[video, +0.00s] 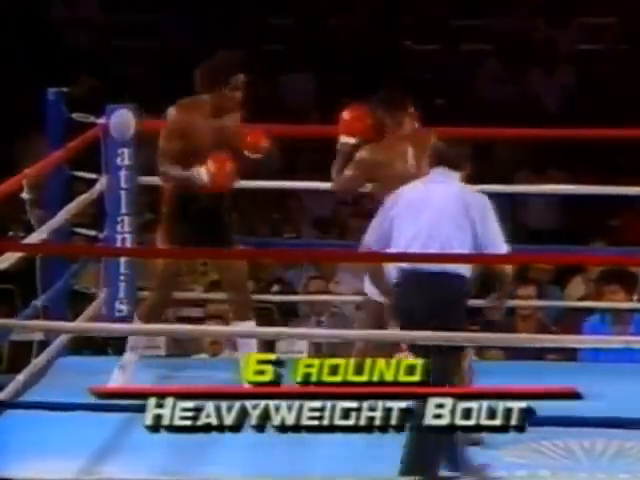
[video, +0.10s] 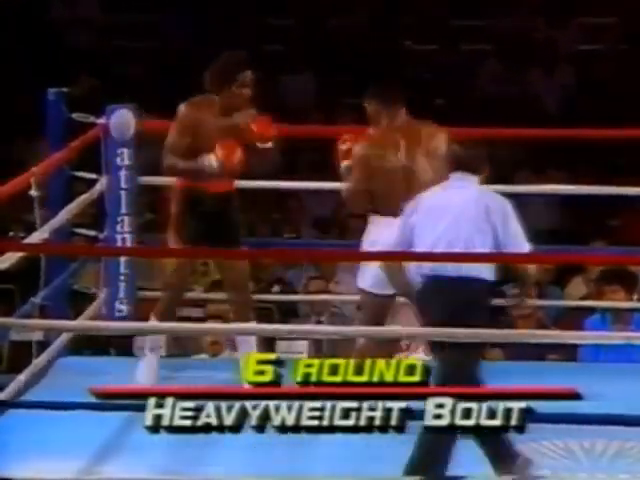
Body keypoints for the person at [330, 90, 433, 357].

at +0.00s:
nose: (417, 120)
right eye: (411, 115)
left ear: (381, 118)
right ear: (408, 115)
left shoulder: (372, 154)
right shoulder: (428, 143)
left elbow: (339, 185)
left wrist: (344, 147)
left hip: (389, 235)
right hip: (427, 233)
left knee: (374, 305)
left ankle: (359, 368)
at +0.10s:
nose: (370, 119)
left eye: (371, 113)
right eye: (370, 113)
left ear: (377, 110)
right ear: (403, 107)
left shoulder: (368, 146)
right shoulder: (436, 137)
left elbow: (356, 201)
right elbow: (445, 186)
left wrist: (346, 167)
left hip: (384, 232)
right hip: (432, 231)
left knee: (371, 326)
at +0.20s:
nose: (365, 118)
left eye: (367, 112)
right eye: (365, 112)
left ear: (376, 110)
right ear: (400, 108)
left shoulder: (365, 144)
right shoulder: (434, 137)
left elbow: (355, 200)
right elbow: (436, 183)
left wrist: (349, 165)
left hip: (380, 235)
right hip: (426, 233)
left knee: (370, 325)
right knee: (435, 327)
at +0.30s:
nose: (366, 131)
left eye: (367, 124)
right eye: (365, 124)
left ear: (379, 123)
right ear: (401, 121)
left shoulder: (366, 160)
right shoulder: (432, 152)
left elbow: (335, 200)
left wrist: (333, 175)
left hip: (369, 257)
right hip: (417, 258)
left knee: (340, 326)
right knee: (448, 344)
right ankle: (457, 414)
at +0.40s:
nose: (352, 122)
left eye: (355, 116)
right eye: (353, 116)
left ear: (363, 117)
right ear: (389, 116)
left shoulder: (346, 156)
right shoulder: (419, 150)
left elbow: (316, 192)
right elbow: (428, 181)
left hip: (354, 241)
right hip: (401, 242)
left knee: (327, 324)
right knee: (434, 330)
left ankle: (307, 389)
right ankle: (447, 397)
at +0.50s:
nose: (347, 116)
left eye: (347, 110)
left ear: (346, 109)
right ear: (377, 112)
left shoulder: (323, 134)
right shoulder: (390, 139)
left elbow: (282, 125)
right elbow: (425, 165)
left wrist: (246, 115)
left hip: (320, 230)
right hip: (365, 235)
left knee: (303, 316)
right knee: (404, 319)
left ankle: (279, 377)